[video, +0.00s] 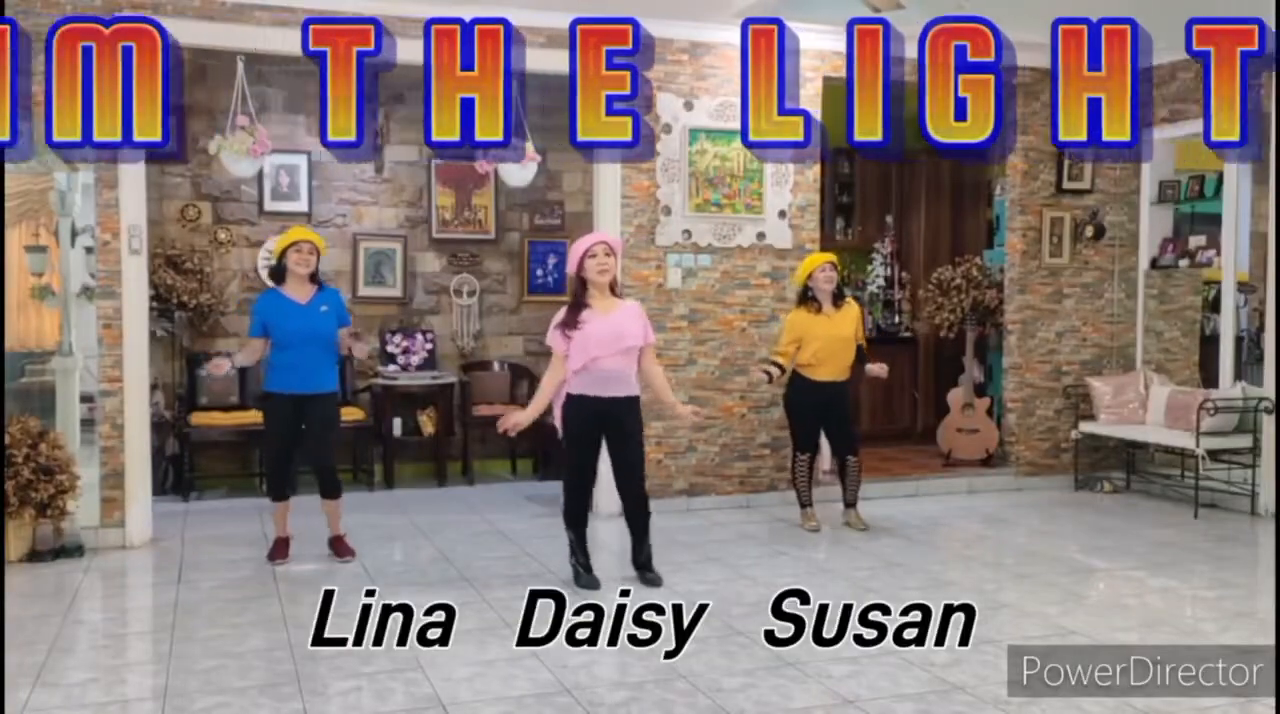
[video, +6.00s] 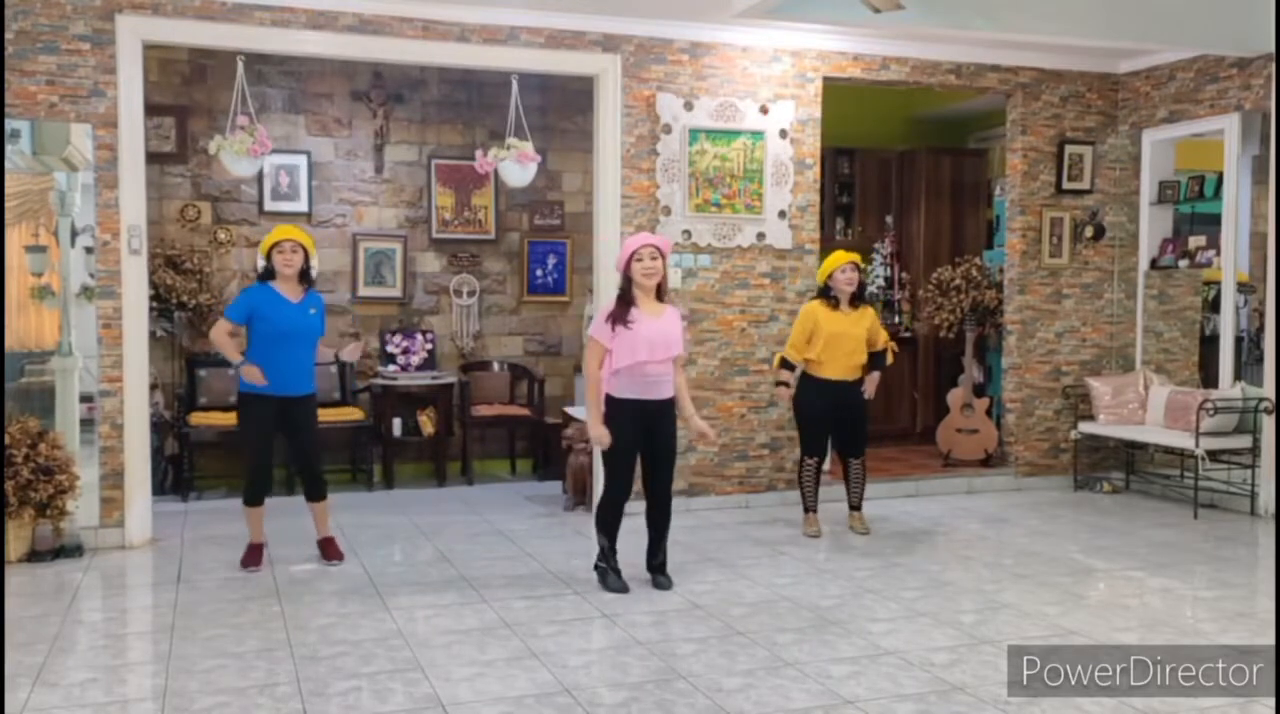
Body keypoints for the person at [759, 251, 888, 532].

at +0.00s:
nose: (828, 275)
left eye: (832, 270)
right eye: (821, 271)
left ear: (838, 277)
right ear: (809, 281)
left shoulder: (851, 310)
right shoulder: (799, 316)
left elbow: (859, 345)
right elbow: (783, 355)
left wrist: (867, 365)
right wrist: (769, 372)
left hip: (837, 389)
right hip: (803, 388)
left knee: (849, 451)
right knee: (805, 449)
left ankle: (851, 509)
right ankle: (807, 509)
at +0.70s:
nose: (855, 275)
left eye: (858, 270)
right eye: (849, 270)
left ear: (862, 277)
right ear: (834, 278)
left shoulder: (871, 314)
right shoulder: (819, 312)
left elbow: (874, 352)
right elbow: (807, 348)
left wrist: (900, 355)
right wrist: (804, 364)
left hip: (860, 387)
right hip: (827, 388)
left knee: (858, 449)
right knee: (832, 451)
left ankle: (852, 509)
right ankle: (831, 509)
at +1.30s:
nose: (842, 274)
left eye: (845, 270)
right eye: (835, 270)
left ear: (850, 277)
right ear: (821, 277)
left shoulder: (857, 315)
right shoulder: (803, 311)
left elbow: (858, 357)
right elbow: (786, 349)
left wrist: (869, 380)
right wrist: (774, 376)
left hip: (842, 390)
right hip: (806, 387)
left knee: (847, 451)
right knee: (805, 452)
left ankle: (850, 509)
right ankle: (804, 511)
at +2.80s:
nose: (856, 278)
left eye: (859, 272)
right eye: (848, 273)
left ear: (864, 277)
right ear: (835, 282)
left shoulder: (875, 311)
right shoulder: (824, 313)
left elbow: (878, 350)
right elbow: (813, 353)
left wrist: (893, 368)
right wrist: (814, 385)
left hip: (863, 389)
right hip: (831, 388)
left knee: (864, 451)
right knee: (826, 452)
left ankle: (857, 511)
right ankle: (812, 510)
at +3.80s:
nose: (842, 277)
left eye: (846, 272)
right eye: (835, 273)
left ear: (852, 278)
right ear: (822, 281)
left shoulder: (861, 313)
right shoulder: (807, 313)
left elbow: (866, 350)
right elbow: (788, 349)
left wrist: (864, 380)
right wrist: (779, 380)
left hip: (844, 390)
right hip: (807, 388)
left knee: (851, 452)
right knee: (807, 452)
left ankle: (854, 510)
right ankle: (807, 513)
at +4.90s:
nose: (845, 278)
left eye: (848, 273)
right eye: (838, 273)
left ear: (852, 279)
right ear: (822, 280)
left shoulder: (862, 305)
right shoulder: (811, 317)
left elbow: (881, 332)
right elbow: (807, 358)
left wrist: (880, 365)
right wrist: (812, 392)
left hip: (861, 387)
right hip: (826, 388)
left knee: (862, 452)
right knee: (820, 453)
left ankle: (857, 511)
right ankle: (810, 512)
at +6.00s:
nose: (850, 276)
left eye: (854, 271)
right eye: (843, 271)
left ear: (859, 278)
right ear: (829, 278)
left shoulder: (866, 314)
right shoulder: (813, 310)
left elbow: (881, 348)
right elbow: (794, 349)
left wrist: (874, 374)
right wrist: (785, 380)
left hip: (850, 391)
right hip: (814, 387)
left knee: (853, 452)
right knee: (812, 453)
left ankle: (856, 512)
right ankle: (810, 514)